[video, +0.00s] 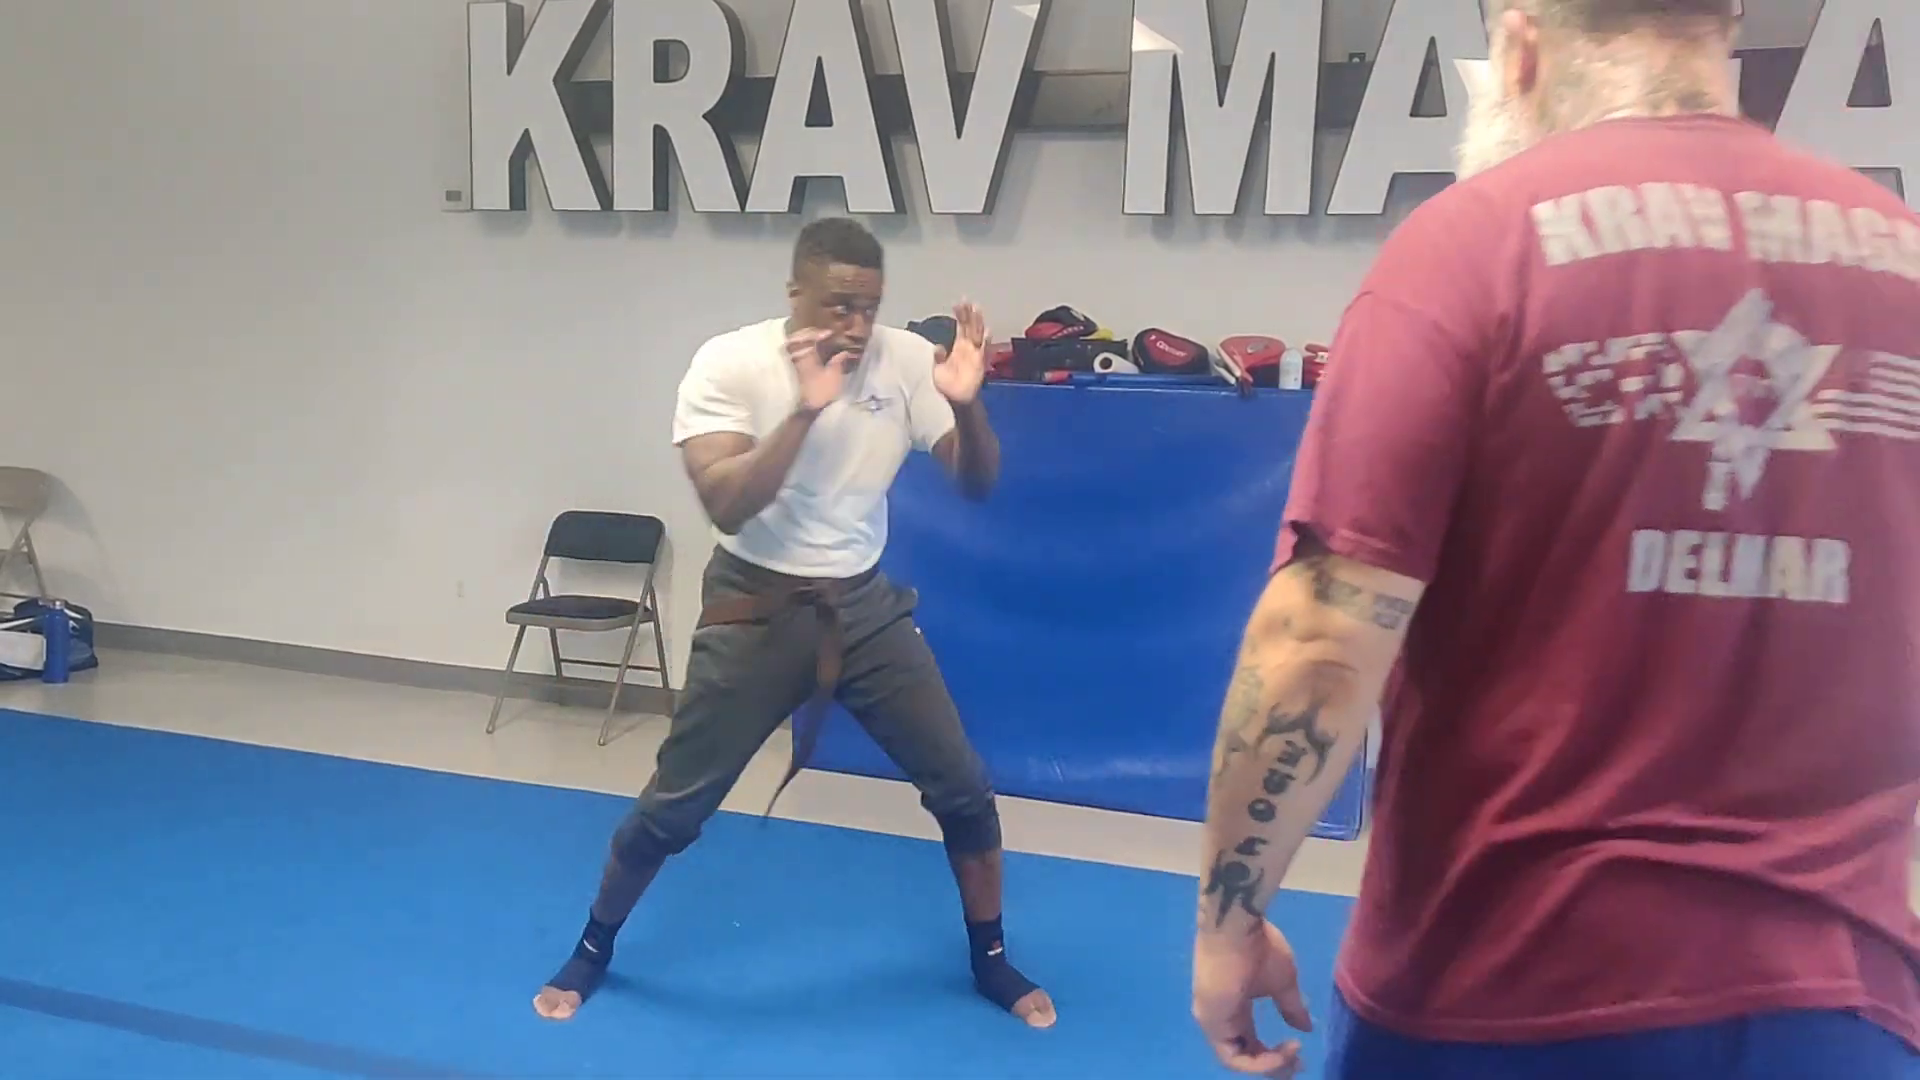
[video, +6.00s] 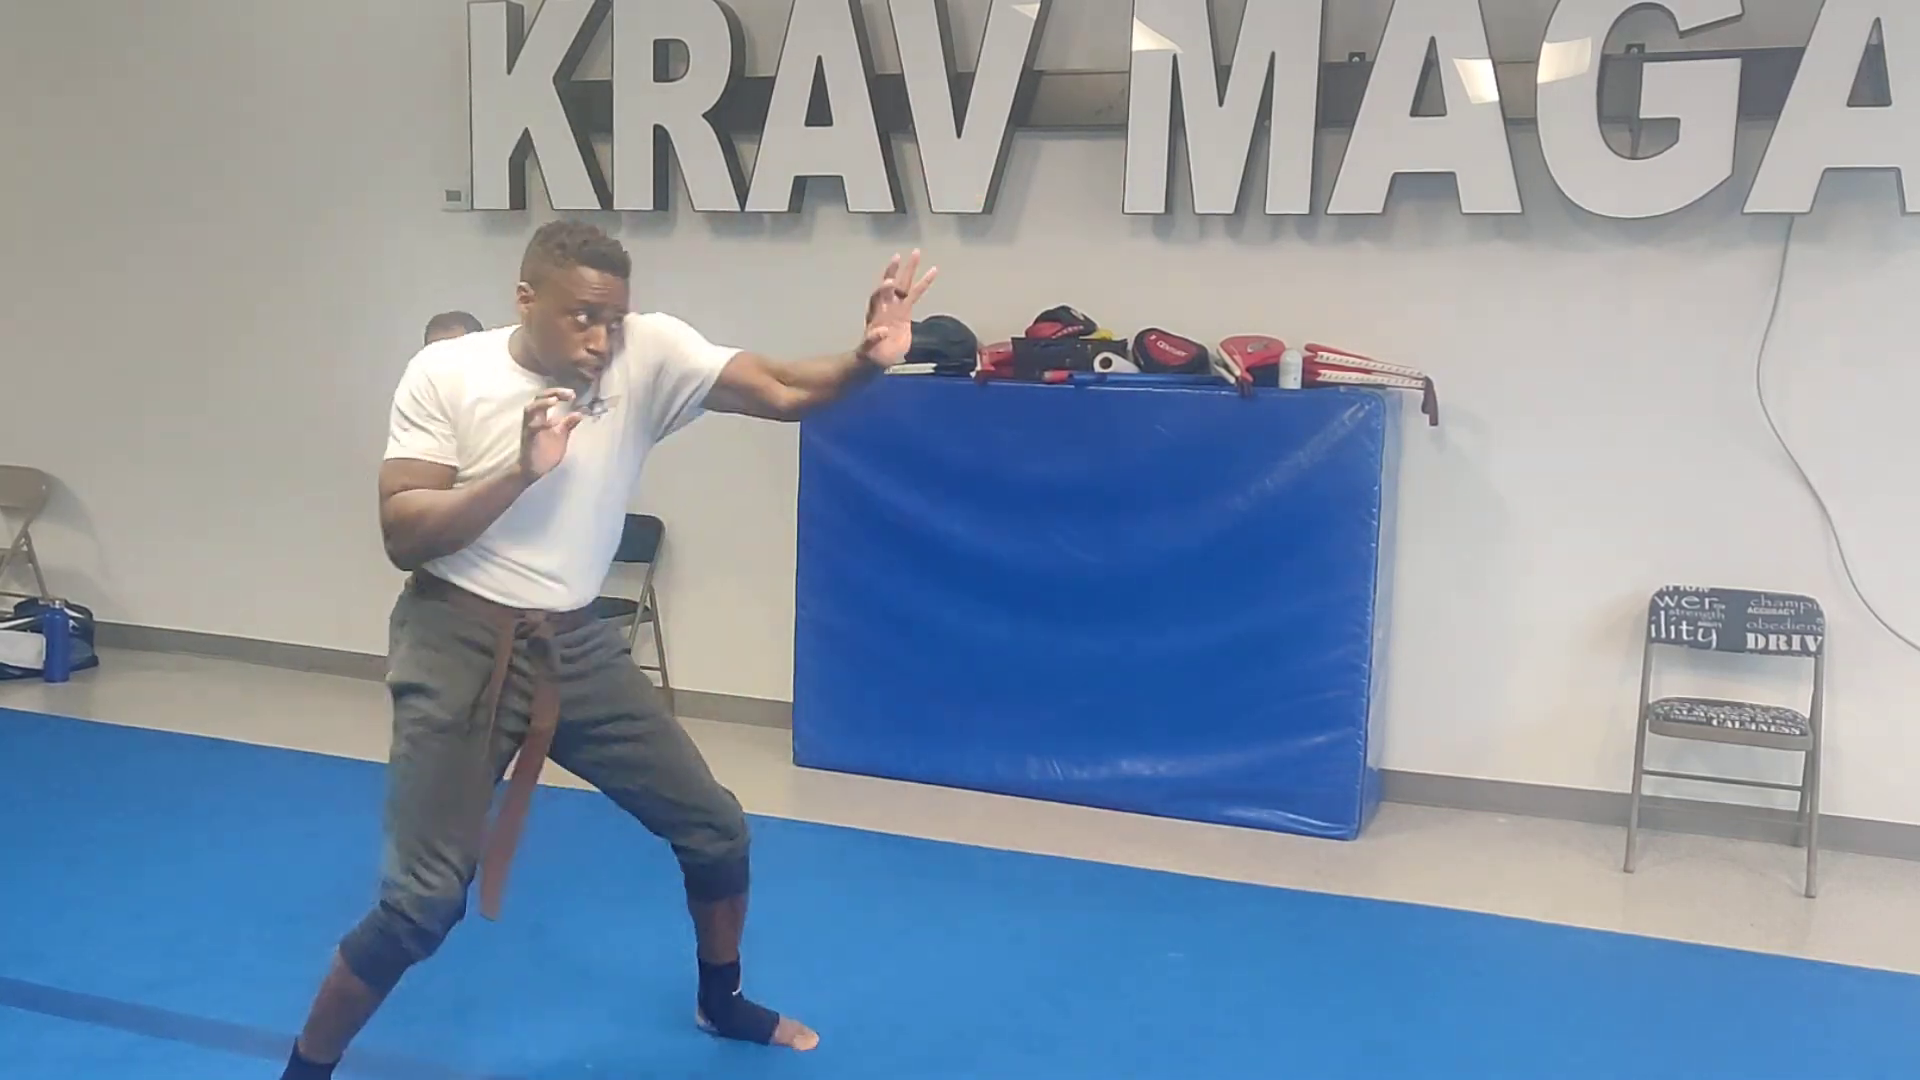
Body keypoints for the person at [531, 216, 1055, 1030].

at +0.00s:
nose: (852, 326)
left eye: (867, 308)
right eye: (835, 308)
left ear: (881, 301)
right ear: (793, 294)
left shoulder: (904, 359)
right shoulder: (727, 366)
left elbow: (977, 480)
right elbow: (726, 506)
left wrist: (966, 405)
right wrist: (805, 411)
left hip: (866, 606)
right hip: (756, 607)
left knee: (965, 791)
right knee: (672, 809)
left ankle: (990, 959)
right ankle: (592, 949)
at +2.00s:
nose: (423, 195)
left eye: (444, 180)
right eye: (412, 181)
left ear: (489, 194)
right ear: (401, 198)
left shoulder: (547, 310)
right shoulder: (392, 311)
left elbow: (617, 458)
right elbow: (389, 432)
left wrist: (494, 540)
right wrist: (361, 513)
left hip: (506, 579)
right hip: (396, 570)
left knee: (505, 795)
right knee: (361, 790)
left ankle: (492, 977)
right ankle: (318, 1017)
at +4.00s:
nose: (542, 193)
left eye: (541, 175)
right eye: (517, 176)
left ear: (535, 188)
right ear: (450, 193)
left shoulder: (532, 312)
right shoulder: (377, 308)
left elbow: (531, 473)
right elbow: (342, 494)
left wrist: (555, 605)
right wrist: (359, 668)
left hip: (516, 572)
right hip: (420, 565)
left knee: (515, 793)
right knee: (395, 820)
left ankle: (505, 994)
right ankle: (371, 1061)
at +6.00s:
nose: (604, 336)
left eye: (615, 316)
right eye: (584, 317)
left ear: (627, 305)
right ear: (526, 299)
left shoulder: (649, 350)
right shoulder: (443, 377)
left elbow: (785, 390)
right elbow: (406, 534)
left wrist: (866, 357)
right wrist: (519, 471)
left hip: (578, 643)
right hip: (458, 635)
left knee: (716, 834)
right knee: (425, 899)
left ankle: (723, 999)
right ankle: (304, 1069)